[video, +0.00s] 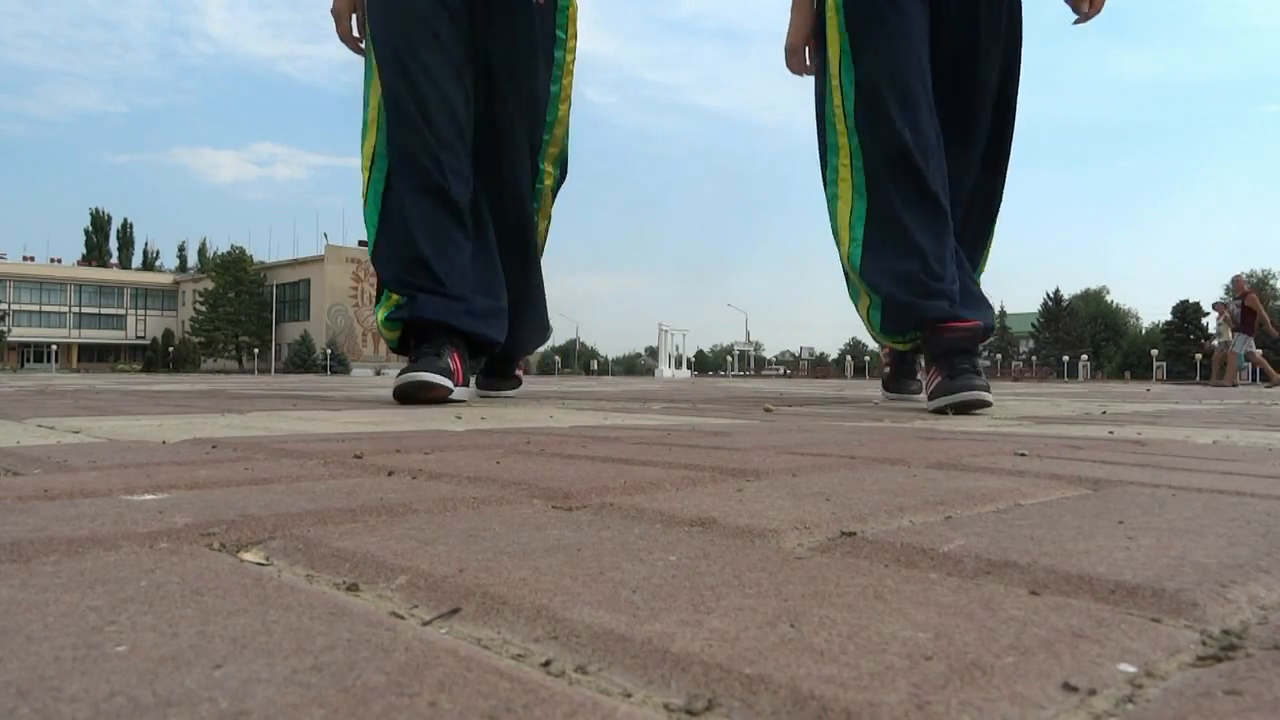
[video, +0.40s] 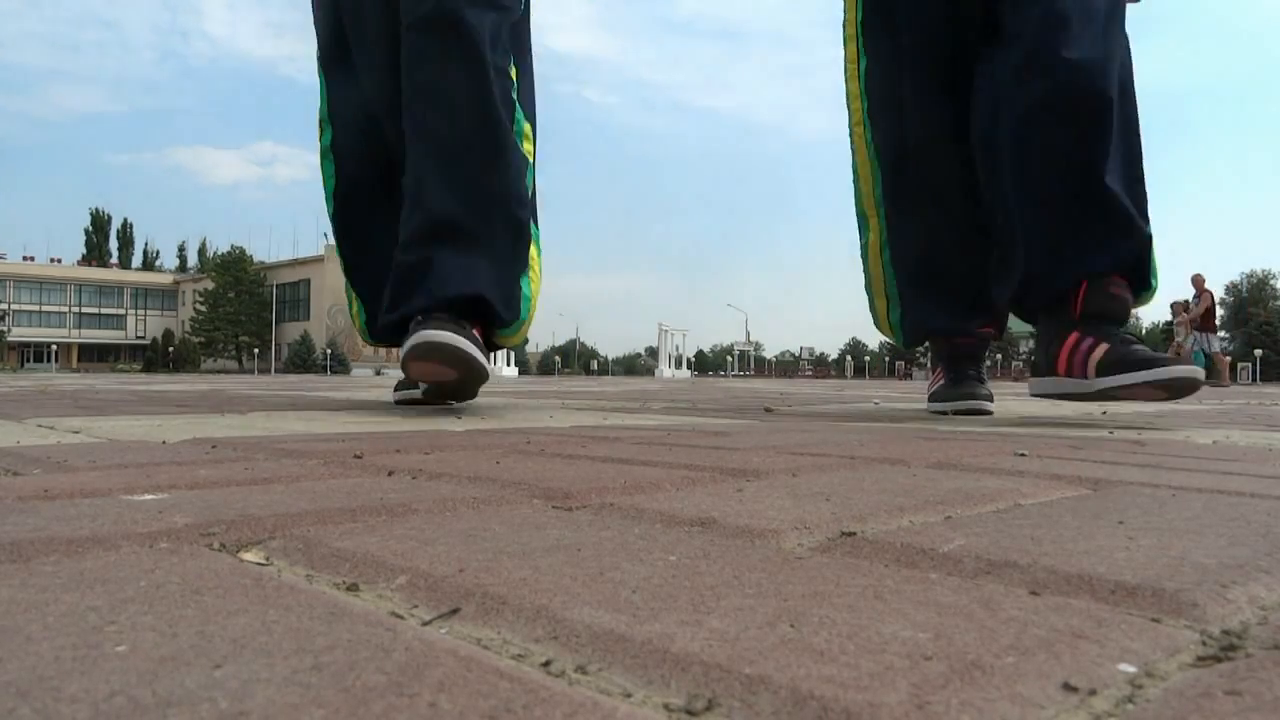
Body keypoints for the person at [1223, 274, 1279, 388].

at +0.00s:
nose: (1235, 285)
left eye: (1238, 282)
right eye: (1234, 282)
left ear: (1243, 283)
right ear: (1233, 285)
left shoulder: (1250, 296)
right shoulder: (1236, 298)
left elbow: (1261, 312)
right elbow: (1232, 313)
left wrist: (1269, 327)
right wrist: (1232, 325)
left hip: (1245, 331)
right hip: (1240, 330)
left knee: (1232, 354)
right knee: (1253, 357)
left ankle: (1228, 380)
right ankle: (1274, 376)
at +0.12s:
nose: (1223, 283)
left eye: (1225, 280)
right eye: (1221, 281)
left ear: (1231, 280)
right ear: (1220, 283)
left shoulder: (1236, 295)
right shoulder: (1223, 295)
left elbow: (1244, 312)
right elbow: (1220, 311)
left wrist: (1247, 328)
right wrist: (1220, 323)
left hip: (1235, 327)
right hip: (1225, 327)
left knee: (1225, 352)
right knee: (1223, 354)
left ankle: (1227, 379)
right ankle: (1252, 368)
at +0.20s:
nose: (1216, 283)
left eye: (1218, 280)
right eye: (1214, 281)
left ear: (1223, 280)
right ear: (1212, 282)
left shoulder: (1226, 293)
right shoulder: (1215, 294)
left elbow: (1231, 310)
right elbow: (1215, 310)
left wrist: (1229, 327)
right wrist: (1210, 318)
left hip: (1225, 328)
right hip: (1216, 327)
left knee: (1224, 353)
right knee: (1211, 352)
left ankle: (1226, 379)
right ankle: (1232, 371)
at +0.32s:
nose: (1204, 283)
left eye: (1206, 280)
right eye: (1202, 281)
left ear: (1211, 280)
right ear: (1201, 283)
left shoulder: (1215, 293)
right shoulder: (1204, 294)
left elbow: (1212, 310)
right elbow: (1202, 310)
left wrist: (1200, 323)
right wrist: (1197, 321)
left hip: (1216, 328)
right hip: (1205, 328)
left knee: (1221, 354)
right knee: (1195, 351)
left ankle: (1225, 379)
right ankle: (1195, 377)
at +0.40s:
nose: (1195, 284)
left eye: (1197, 281)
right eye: (1193, 282)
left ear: (1203, 281)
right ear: (1192, 283)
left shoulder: (1206, 295)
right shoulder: (1195, 296)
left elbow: (1199, 311)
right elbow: (1192, 310)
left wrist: (1185, 319)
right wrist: (1188, 318)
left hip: (1208, 330)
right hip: (1196, 330)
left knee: (1216, 355)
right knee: (1186, 352)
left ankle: (1225, 379)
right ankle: (1189, 378)